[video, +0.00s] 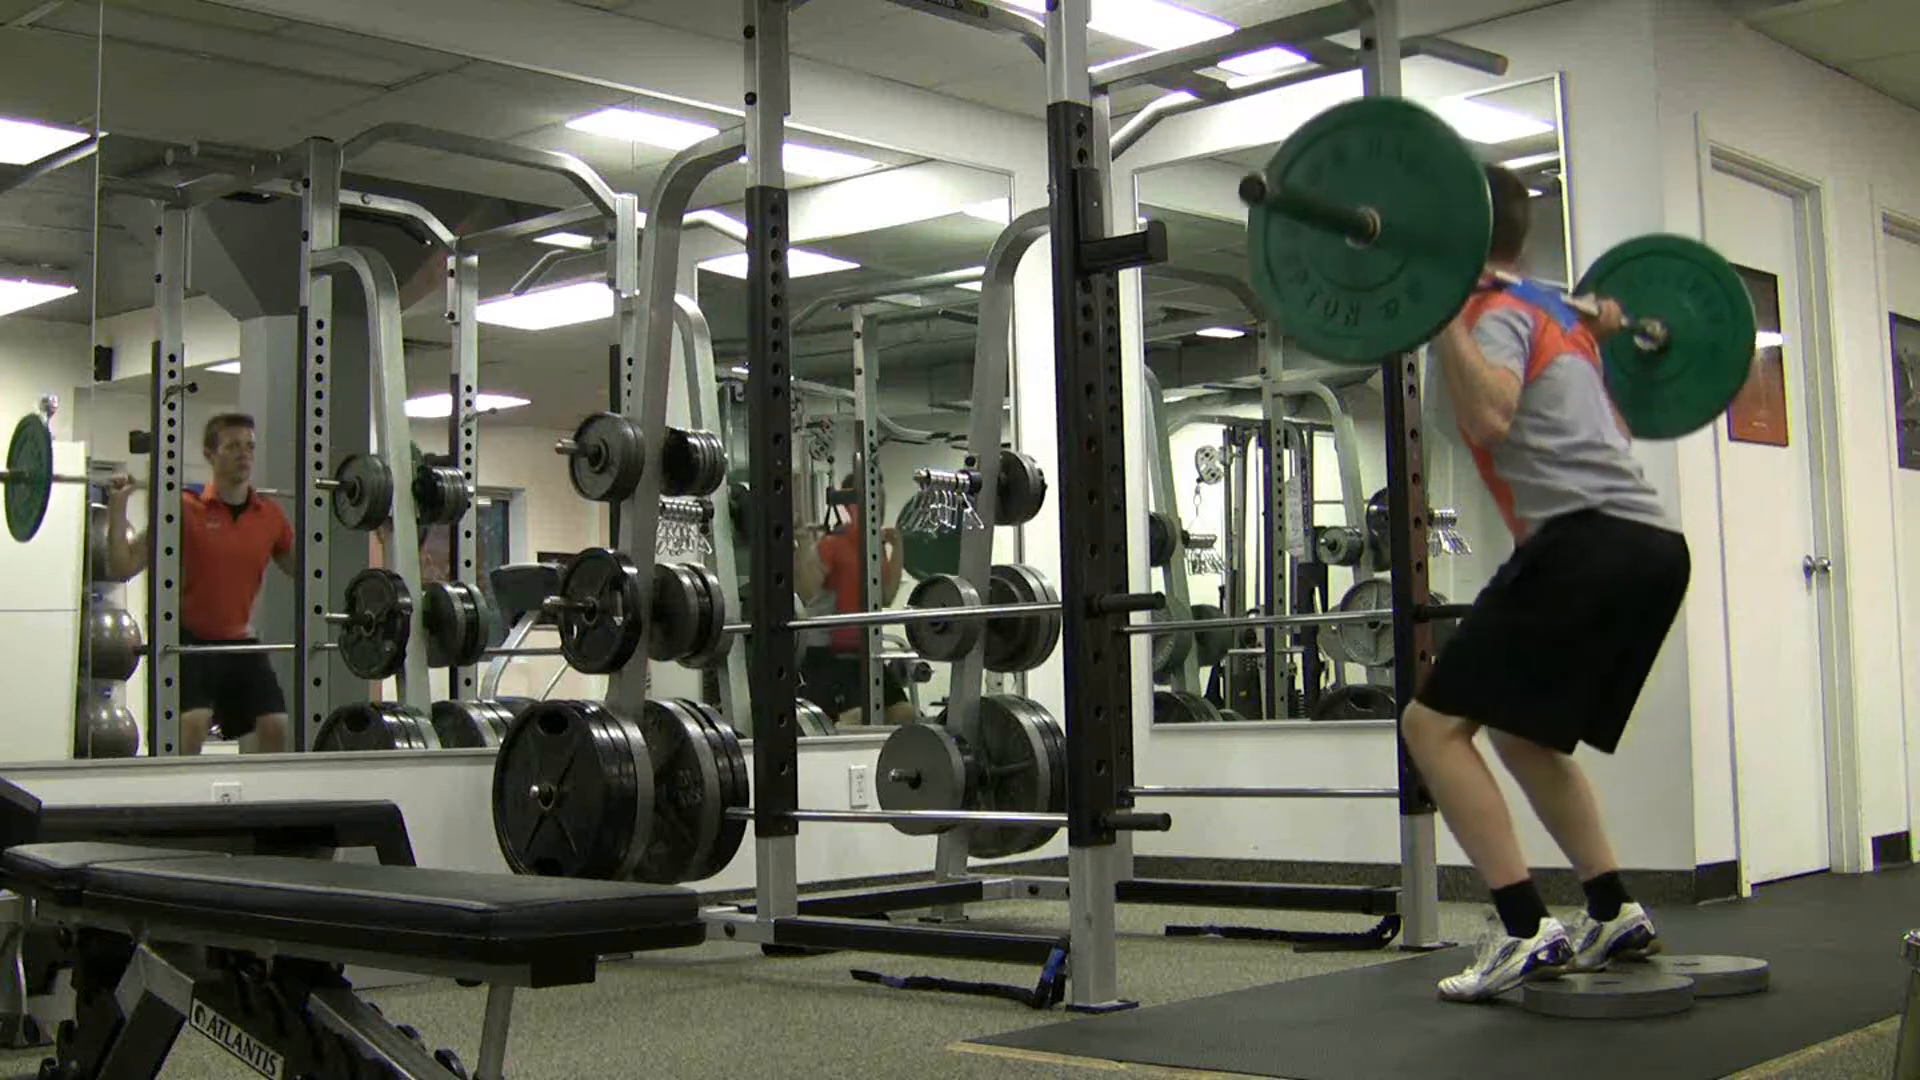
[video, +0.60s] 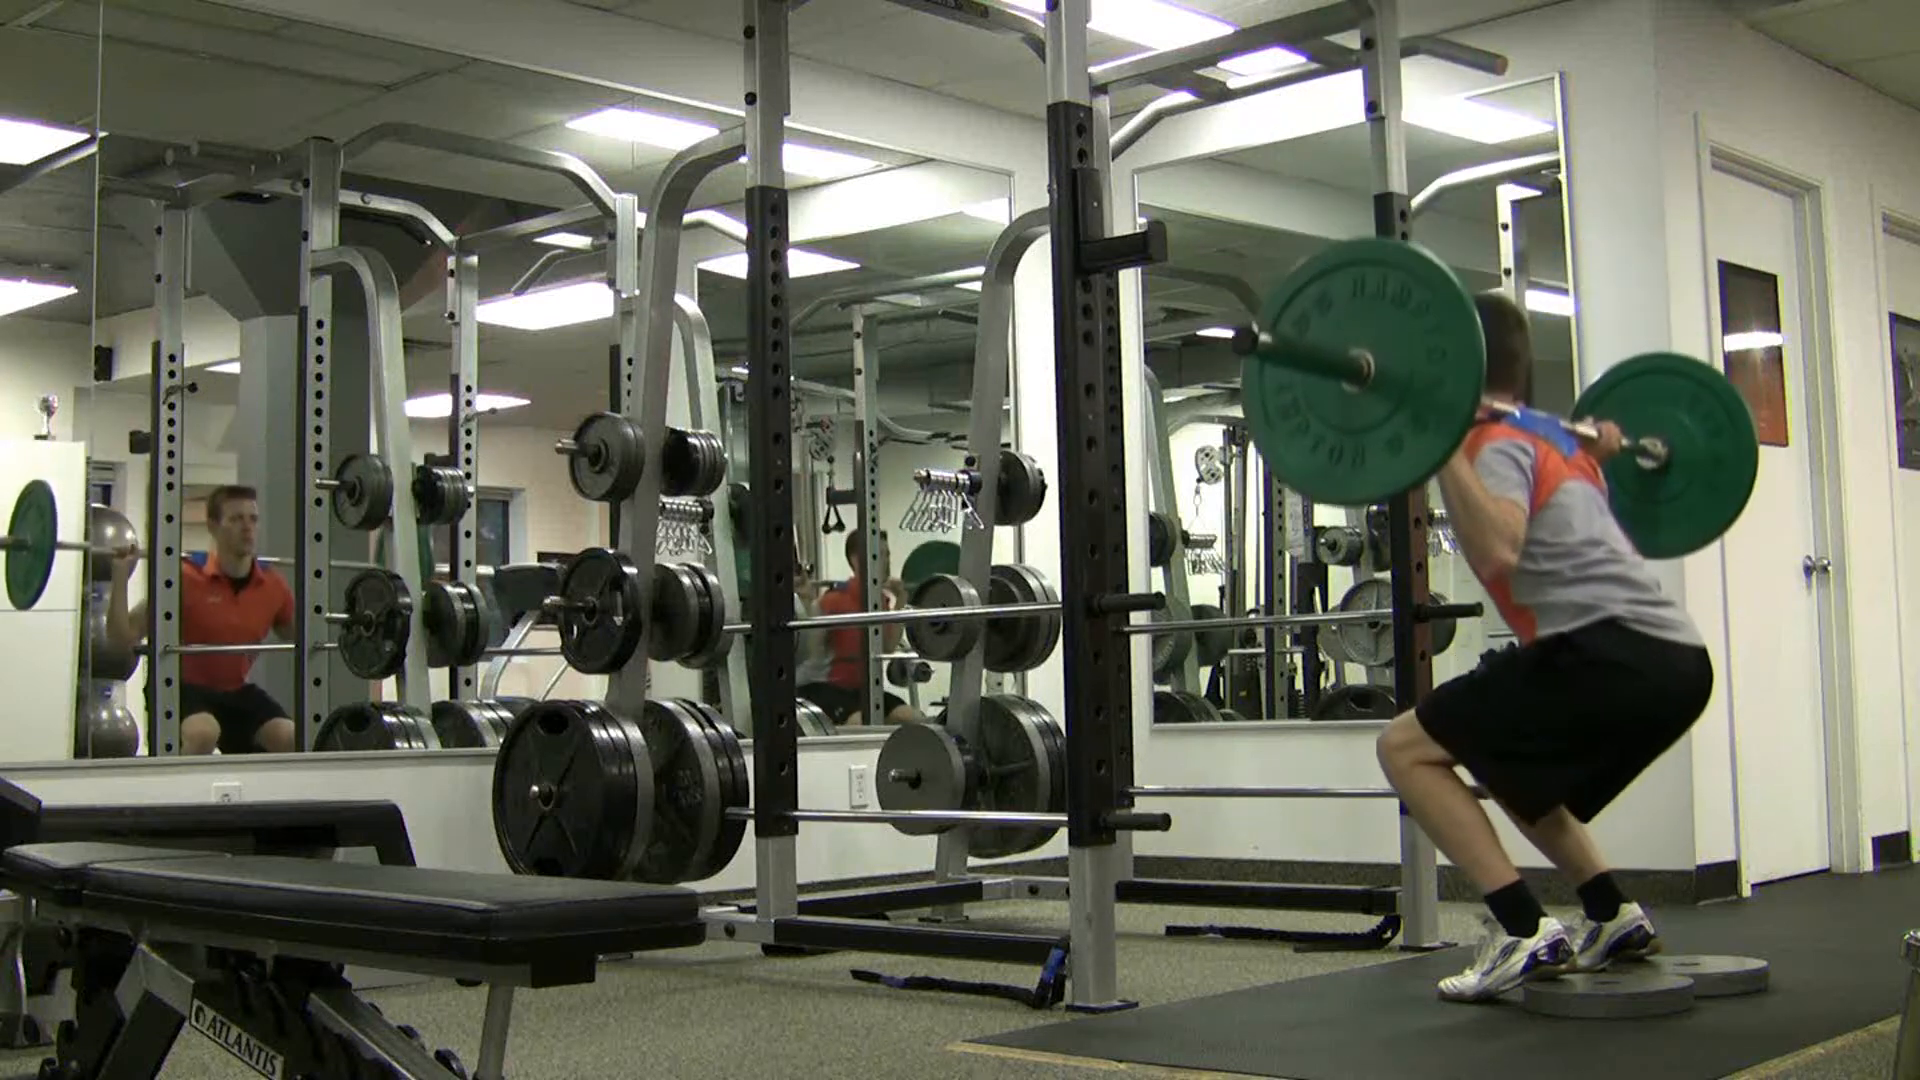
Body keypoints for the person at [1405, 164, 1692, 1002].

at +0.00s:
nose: (1437, 244)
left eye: (1443, 223)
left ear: (1459, 232)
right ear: (1521, 235)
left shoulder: (1497, 306)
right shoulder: (1562, 310)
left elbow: (1487, 420)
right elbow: (1618, 418)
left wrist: (1438, 310)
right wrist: (1596, 327)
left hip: (1584, 541)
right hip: (1655, 548)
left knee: (1431, 725)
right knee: (1524, 730)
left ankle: (1525, 930)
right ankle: (1617, 916)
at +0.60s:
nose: (1430, 373)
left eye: (1440, 357)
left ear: (1454, 366)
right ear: (1520, 370)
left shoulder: (1499, 439)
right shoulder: (1558, 437)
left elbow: (1496, 553)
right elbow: (1574, 510)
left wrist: (1441, 444)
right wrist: (1591, 452)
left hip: (1602, 654)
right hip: (1678, 664)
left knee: (1405, 747)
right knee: (1512, 775)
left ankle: (1523, 930)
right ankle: (1613, 914)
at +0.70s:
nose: (1430, 390)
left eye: (1439, 374)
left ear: (1453, 383)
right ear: (1522, 386)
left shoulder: (1500, 457)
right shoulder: (1561, 453)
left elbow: (1498, 571)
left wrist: (1441, 463)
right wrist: (1596, 465)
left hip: (1607, 670)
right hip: (1678, 679)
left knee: (1402, 749)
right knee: (1505, 771)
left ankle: (1522, 930)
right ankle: (1612, 913)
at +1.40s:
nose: (1436, 445)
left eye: (1440, 432)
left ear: (1452, 443)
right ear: (1524, 445)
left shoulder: (1498, 522)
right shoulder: (1564, 511)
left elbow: (1500, 633)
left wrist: (1437, 526)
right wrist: (1598, 517)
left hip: (1618, 729)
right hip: (1680, 738)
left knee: (1397, 753)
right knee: (1494, 766)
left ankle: (1524, 931)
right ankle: (1609, 911)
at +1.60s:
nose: (1428, 419)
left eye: (1434, 405)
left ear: (1445, 417)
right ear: (1520, 419)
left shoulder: (1498, 491)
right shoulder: (1561, 483)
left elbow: (1498, 601)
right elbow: (1580, 540)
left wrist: (1435, 493)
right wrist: (1596, 495)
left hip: (1619, 697)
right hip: (1682, 704)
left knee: (1402, 749)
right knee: (1508, 770)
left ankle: (1523, 931)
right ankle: (1611, 915)